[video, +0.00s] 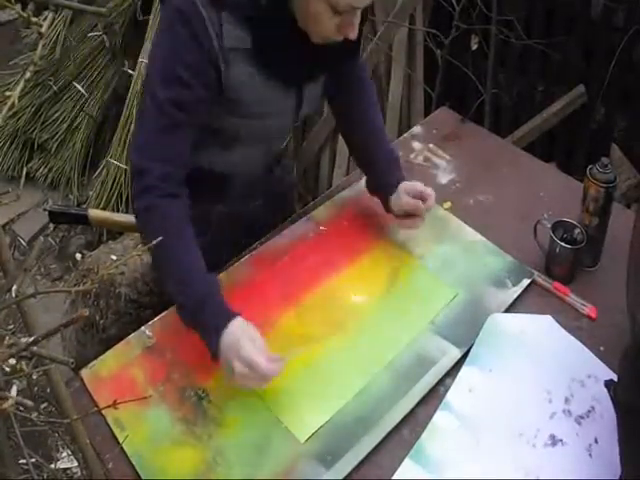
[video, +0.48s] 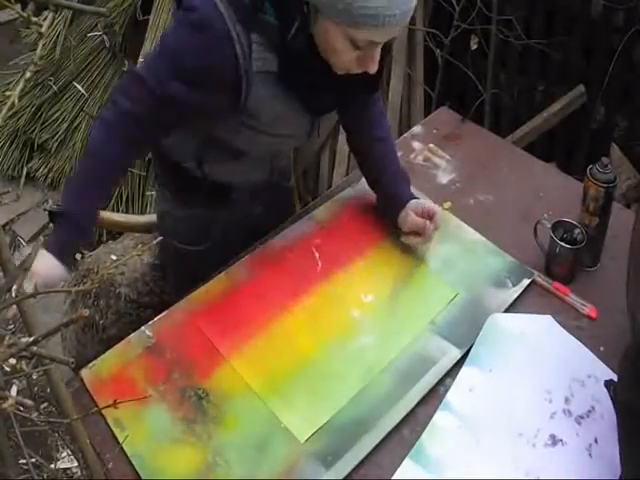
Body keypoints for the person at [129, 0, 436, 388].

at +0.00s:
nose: (351, 29)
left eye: (360, 13)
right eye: (339, 11)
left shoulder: (326, 23)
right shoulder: (196, 21)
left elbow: (352, 93)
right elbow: (156, 187)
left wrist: (391, 184)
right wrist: (217, 322)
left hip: (271, 194)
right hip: (202, 209)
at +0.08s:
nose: (358, 59)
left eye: (367, 39)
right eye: (345, 39)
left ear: (378, 22)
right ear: (294, 12)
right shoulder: (205, 35)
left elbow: (353, 98)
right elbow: (177, 219)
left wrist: (392, 190)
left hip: (272, 206)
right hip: (204, 221)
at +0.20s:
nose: (374, 60)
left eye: (385, 40)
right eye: (361, 38)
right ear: (313, 10)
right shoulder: (219, 38)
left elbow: (355, 106)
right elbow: (199, 205)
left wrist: (393, 195)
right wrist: (306, 271)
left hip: (269, 188)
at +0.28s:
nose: (372, 66)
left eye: (382, 45)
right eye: (358, 44)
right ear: (308, 16)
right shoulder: (216, 46)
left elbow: (359, 111)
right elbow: (227, 203)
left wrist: (395, 198)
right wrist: (324, 282)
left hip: (266, 171)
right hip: (193, 181)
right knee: (199, 303)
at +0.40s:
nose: (367, 68)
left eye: (377, 47)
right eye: (352, 46)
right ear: (305, 17)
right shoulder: (216, 42)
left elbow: (358, 111)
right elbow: (212, 199)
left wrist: (396, 200)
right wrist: (303, 283)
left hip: (269, 173)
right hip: (195, 182)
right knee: (197, 305)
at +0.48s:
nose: (371, 64)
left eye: (382, 48)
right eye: (358, 46)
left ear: (395, 28)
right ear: (314, 14)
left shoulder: (349, 46)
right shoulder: (215, 33)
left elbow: (366, 120)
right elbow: (123, 121)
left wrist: (400, 199)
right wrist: (62, 244)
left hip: (273, 189)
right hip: (201, 195)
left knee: (275, 289)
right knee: (197, 304)